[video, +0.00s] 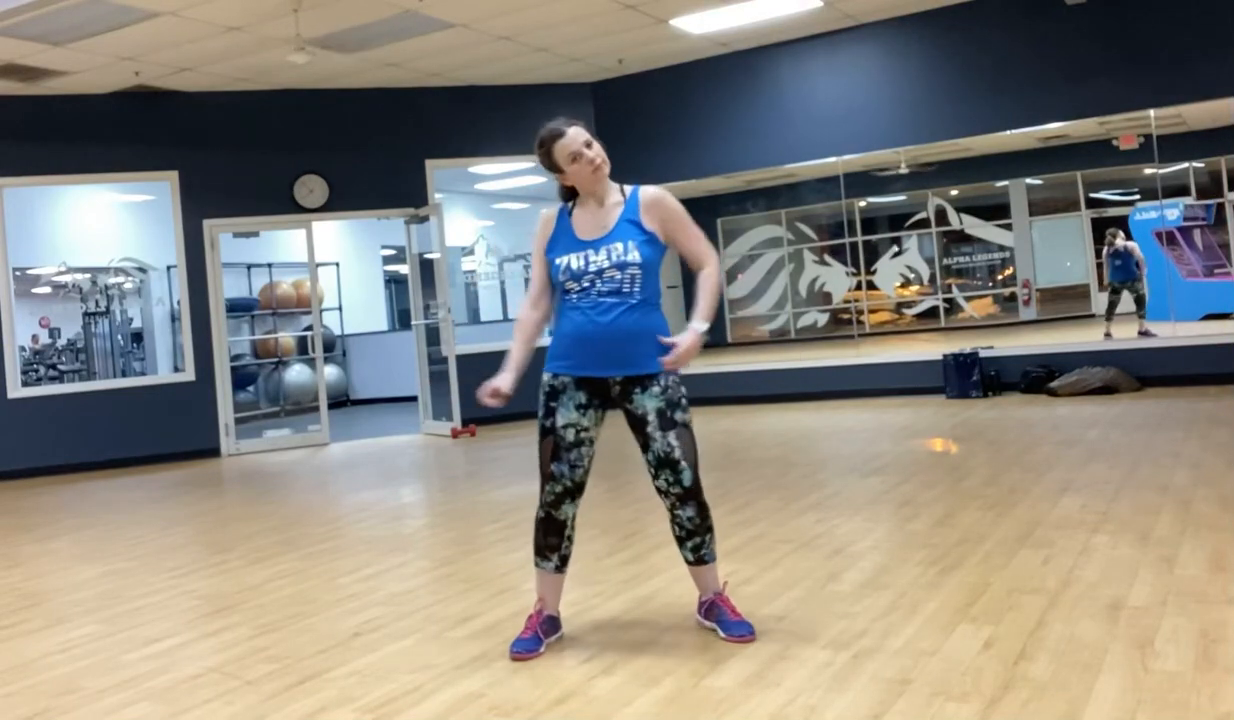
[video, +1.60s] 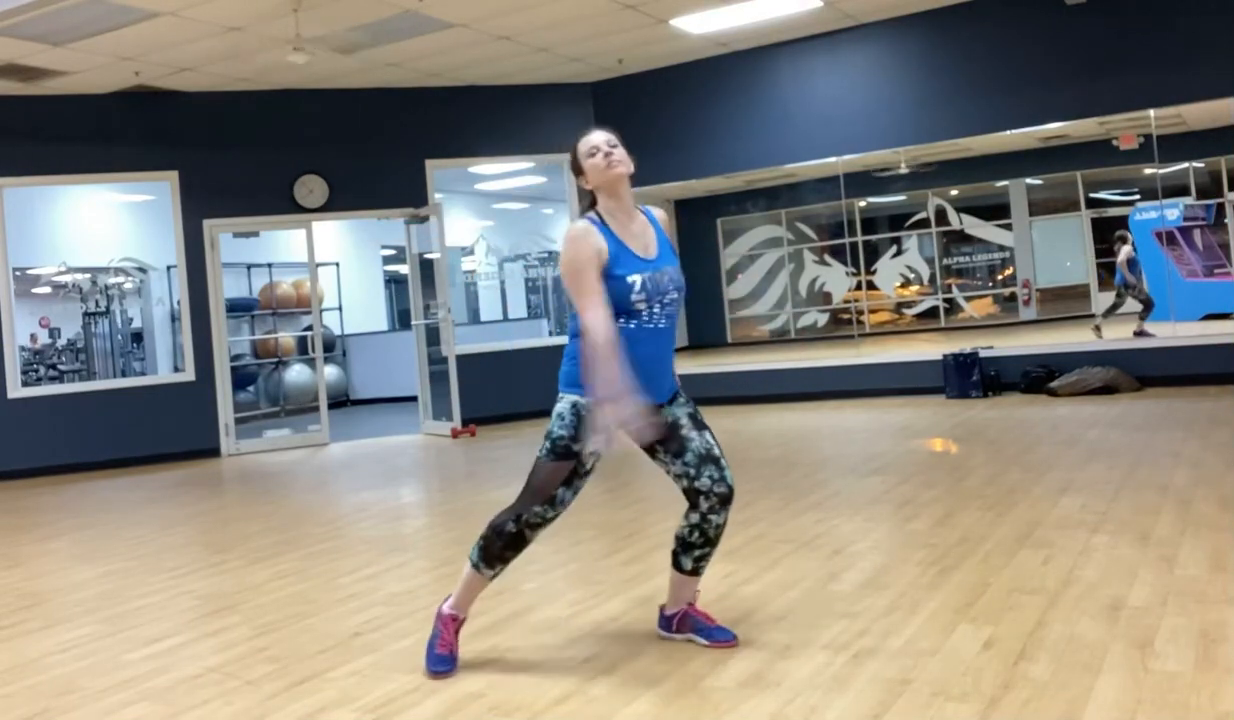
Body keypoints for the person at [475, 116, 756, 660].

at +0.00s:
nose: (591, 155)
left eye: (589, 143)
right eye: (576, 156)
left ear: (601, 143)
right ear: (562, 176)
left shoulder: (652, 203)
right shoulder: (552, 224)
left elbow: (707, 263)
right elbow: (536, 304)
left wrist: (696, 328)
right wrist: (510, 372)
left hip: (649, 371)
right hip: (572, 376)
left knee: (682, 484)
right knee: (559, 490)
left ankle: (712, 599)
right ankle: (545, 613)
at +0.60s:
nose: (578, 142)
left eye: (583, 133)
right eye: (565, 139)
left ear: (599, 143)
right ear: (550, 156)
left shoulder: (635, 215)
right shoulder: (528, 220)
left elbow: (659, 296)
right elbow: (476, 293)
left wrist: (698, 329)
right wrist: (439, 350)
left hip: (637, 371)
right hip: (560, 379)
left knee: (667, 484)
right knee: (552, 497)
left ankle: (710, 600)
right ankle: (545, 615)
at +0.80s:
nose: (560, 139)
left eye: (566, 130)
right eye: (547, 135)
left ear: (583, 142)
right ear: (533, 154)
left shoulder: (618, 215)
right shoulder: (512, 216)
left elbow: (637, 294)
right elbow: (442, 270)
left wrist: (644, 344)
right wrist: (380, 312)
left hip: (616, 373)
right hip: (542, 380)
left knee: (660, 483)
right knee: (541, 500)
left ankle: (707, 600)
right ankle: (545, 615)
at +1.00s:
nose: (551, 135)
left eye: (557, 126)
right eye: (539, 132)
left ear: (574, 138)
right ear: (525, 150)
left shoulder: (610, 207)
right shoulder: (505, 209)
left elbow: (645, 281)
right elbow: (429, 236)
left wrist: (640, 344)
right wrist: (348, 250)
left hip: (611, 369)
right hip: (537, 377)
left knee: (667, 468)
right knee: (538, 494)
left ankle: (697, 594)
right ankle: (544, 614)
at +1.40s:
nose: (594, 139)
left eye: (599, 131)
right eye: (580, 139)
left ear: (619, 146)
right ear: (571, 165)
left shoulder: (657, 205)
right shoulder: (560, 220)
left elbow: (680, 269)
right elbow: (486, 261)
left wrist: (675, 328)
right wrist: (422, 280)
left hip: (653, 379)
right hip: (583, 383)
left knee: (699, 482)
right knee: (544, 496)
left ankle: (679, 608)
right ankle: (486, 600)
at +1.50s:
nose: (609, 148)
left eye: (614, 141)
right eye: (595, 149)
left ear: (632, 157)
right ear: (584, 175)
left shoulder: (661, 216)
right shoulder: (579, 235)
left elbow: (659, 299)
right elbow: (556, 330)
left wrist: (659, 364)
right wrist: (519, 403)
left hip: (656, 389)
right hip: (591, 394)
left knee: (711, 489)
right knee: (539, 508)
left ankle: (679, 610)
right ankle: (458, 613)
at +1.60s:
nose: (610, 153)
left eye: (614, 145)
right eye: (595, 153)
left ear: (631, 161)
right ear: (584, 179)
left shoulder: (659, 220)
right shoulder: (583, 238)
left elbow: (659, 304)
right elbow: (597, 327)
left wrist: (665, 375)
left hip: (657, 385)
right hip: (593, 389)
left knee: (714, 491)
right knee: (535, 510)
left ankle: (678, 610)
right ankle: (453, 613)